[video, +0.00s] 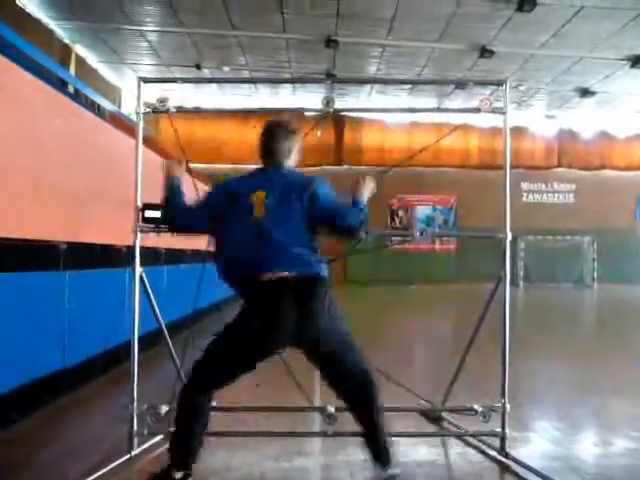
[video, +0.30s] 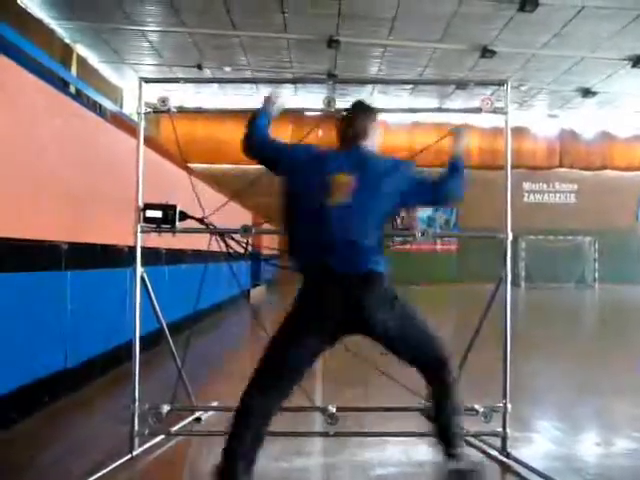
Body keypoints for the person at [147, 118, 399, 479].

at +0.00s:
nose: (298, 155)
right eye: (298, 150)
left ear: (261, 152)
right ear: (295, 153)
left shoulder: (229, 192)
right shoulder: (307, 188)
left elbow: (179, 220)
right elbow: (350, 224)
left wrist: (174, 182)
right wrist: (362, 197)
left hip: (262, 308)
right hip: (311, 304)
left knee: (199, 382)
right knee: (355, 378)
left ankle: (180, 467)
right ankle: (383, 458)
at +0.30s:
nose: (373, 135)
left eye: (368, 129)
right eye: (373, 130)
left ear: (339, 131)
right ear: (373, 134)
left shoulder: (303, 161)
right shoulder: (389, 172)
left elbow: (254, 145)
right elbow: (448, 192)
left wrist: (266, 112)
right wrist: (458, 154)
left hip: (318, 298)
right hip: (370, 297)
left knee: (266, 388)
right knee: (437, 364)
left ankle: (233, 470)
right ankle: (453, 453)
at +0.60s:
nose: (397, 153)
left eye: (393, 147)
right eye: (415, 145)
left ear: (389, 152)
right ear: (421, 150)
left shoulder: (377, 191)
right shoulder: (452, 191)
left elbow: (349, 239)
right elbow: (497, 197)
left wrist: (306, 222)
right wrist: (487, 154)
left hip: (378, 315)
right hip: (427, 315)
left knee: (329, 391)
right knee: (489, 388)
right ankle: (513, 471)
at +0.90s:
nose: (312, 125)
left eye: (314, 119)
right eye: (317, 119)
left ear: (320, 123)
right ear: (347, 124)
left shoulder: (301, 161)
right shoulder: (375, 156)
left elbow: (252, 189)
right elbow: (431, 164)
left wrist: (232, 166)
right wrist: (410, 134)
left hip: (321, 288)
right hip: (374, 285)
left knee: (255, 365)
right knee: (417, 375)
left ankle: (237, 458)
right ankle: (457, 466)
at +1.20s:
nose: (295, 147)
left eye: (292, 142)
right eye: (295, 142)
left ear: (259, 143)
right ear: (291, 145)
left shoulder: (225, 184)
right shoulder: (304, 177)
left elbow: (174, 202)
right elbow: (350, 222)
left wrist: (155, 166)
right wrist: (377, 195)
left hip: (270, 302)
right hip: (318, 295)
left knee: (203, 380)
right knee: (367, 376)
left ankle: (186, 466)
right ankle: (410, 454)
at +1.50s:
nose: (367, 139)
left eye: (360, 132)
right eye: (366, 134)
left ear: (331, 133)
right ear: (364, 137)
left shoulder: (298, 157)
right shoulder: (376, 173)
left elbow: (261, 127)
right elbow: (439, 190)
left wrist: (298, 110)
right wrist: (434, 151)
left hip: (312, 297)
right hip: (363, 299)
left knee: (254, 388)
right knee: (429, 366)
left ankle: (218, 473)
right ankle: (438, 458)